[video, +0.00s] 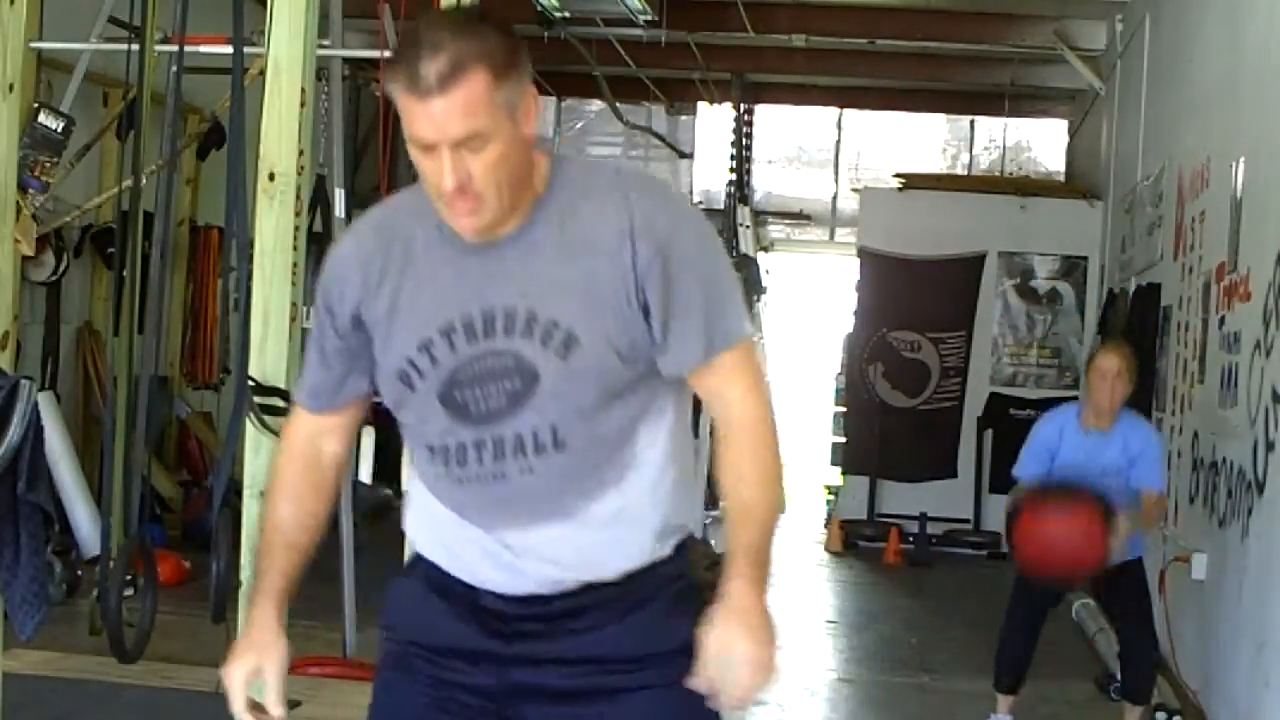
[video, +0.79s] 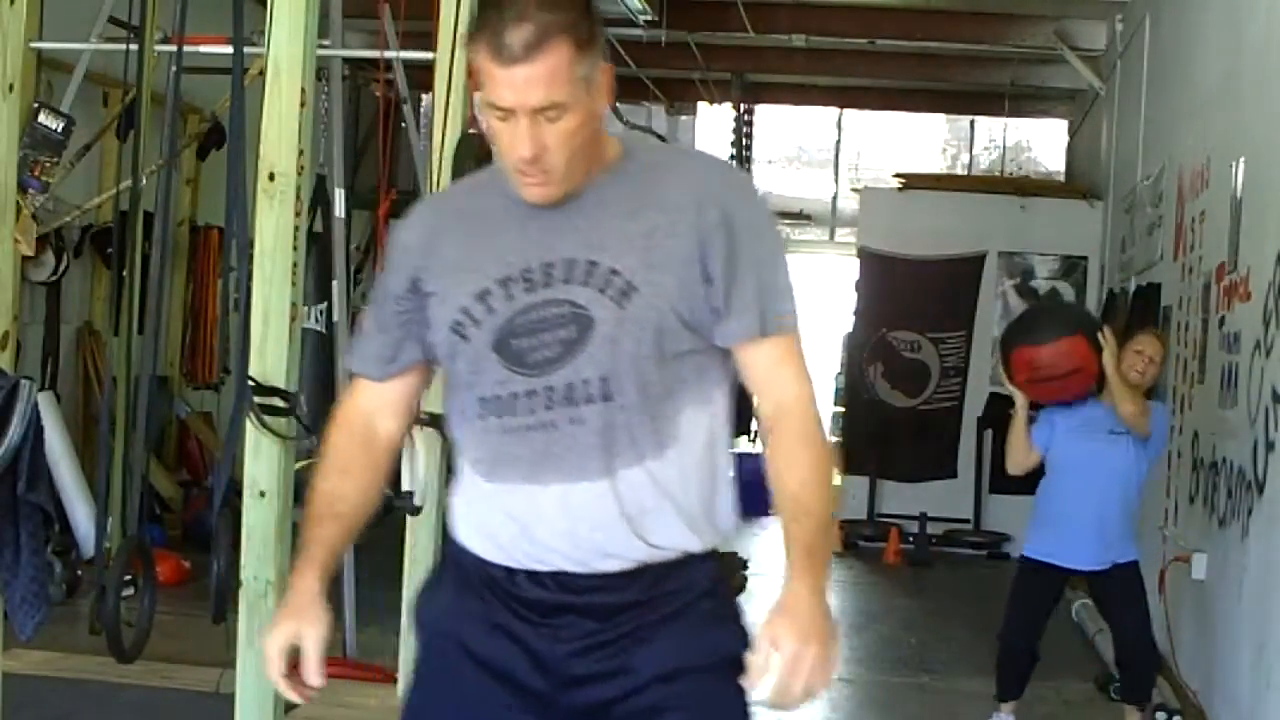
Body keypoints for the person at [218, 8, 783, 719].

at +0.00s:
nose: (451, 176)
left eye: (472, 143)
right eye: (426, 148)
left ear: (530, 116)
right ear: (404, 132)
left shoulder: (645, 226)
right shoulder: (367, 258)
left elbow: (738, 400)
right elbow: (317, 435)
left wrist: (745, 593)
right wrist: (266, 612)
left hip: (631, 626)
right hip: (445, 626)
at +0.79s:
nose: (526, 146)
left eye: (550, 113)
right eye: (501, 115)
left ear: (605, 88)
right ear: (477, 103)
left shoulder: (708, 202)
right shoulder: (431, 234)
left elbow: (785, 402)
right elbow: (371, 416)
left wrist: (807, 589)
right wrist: (307, 582)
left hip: (667, 625)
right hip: (483, 625)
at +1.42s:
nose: (699, 165)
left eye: (731, 135)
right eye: (679, 128)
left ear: (793, 104)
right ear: (663, 95)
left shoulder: (878, 236)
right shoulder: (607, 211)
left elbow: (928, 458)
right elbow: (544, 390)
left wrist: (923, 669)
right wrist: (481, 549)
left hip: (773, 633)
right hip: (600, 616)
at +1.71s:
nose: (601, 159)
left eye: (632, 130)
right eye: (581, 126)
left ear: (689, 101)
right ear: (561, 100)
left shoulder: (776, 232)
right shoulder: (498, 221)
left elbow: (831, 456)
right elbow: (439, 405)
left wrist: (829, 649)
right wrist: (380, 568)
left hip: (691, 635)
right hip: (511, 624)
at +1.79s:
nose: (570, 158)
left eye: (600, 128)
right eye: (550, 125)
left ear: (657, 100)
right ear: (530, 102)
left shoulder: (748, 224)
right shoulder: (476, 218)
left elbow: (799, 447)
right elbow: (411, 407)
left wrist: (797, 647)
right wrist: (357, 571)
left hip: (676, 629)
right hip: (496, 622)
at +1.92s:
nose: (527, 157)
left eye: (553, 125)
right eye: (504, 124)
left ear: (611, 91)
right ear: (479, 98)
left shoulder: (714, 212)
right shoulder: (431, 224)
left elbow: (765, 427)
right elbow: (372, 409)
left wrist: (747, 620)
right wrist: (317, 579)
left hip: (657, 621)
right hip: (479, 616)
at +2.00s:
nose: (515, 159)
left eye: (541, 125)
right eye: (490, 126)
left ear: (598, 91)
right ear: (470, 105)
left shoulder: (706, 208)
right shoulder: (423, 226)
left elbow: (762, 419)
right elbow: (362, 409)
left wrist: (735, 606)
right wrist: (304, 584)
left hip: (657, 621)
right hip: (479, 617)